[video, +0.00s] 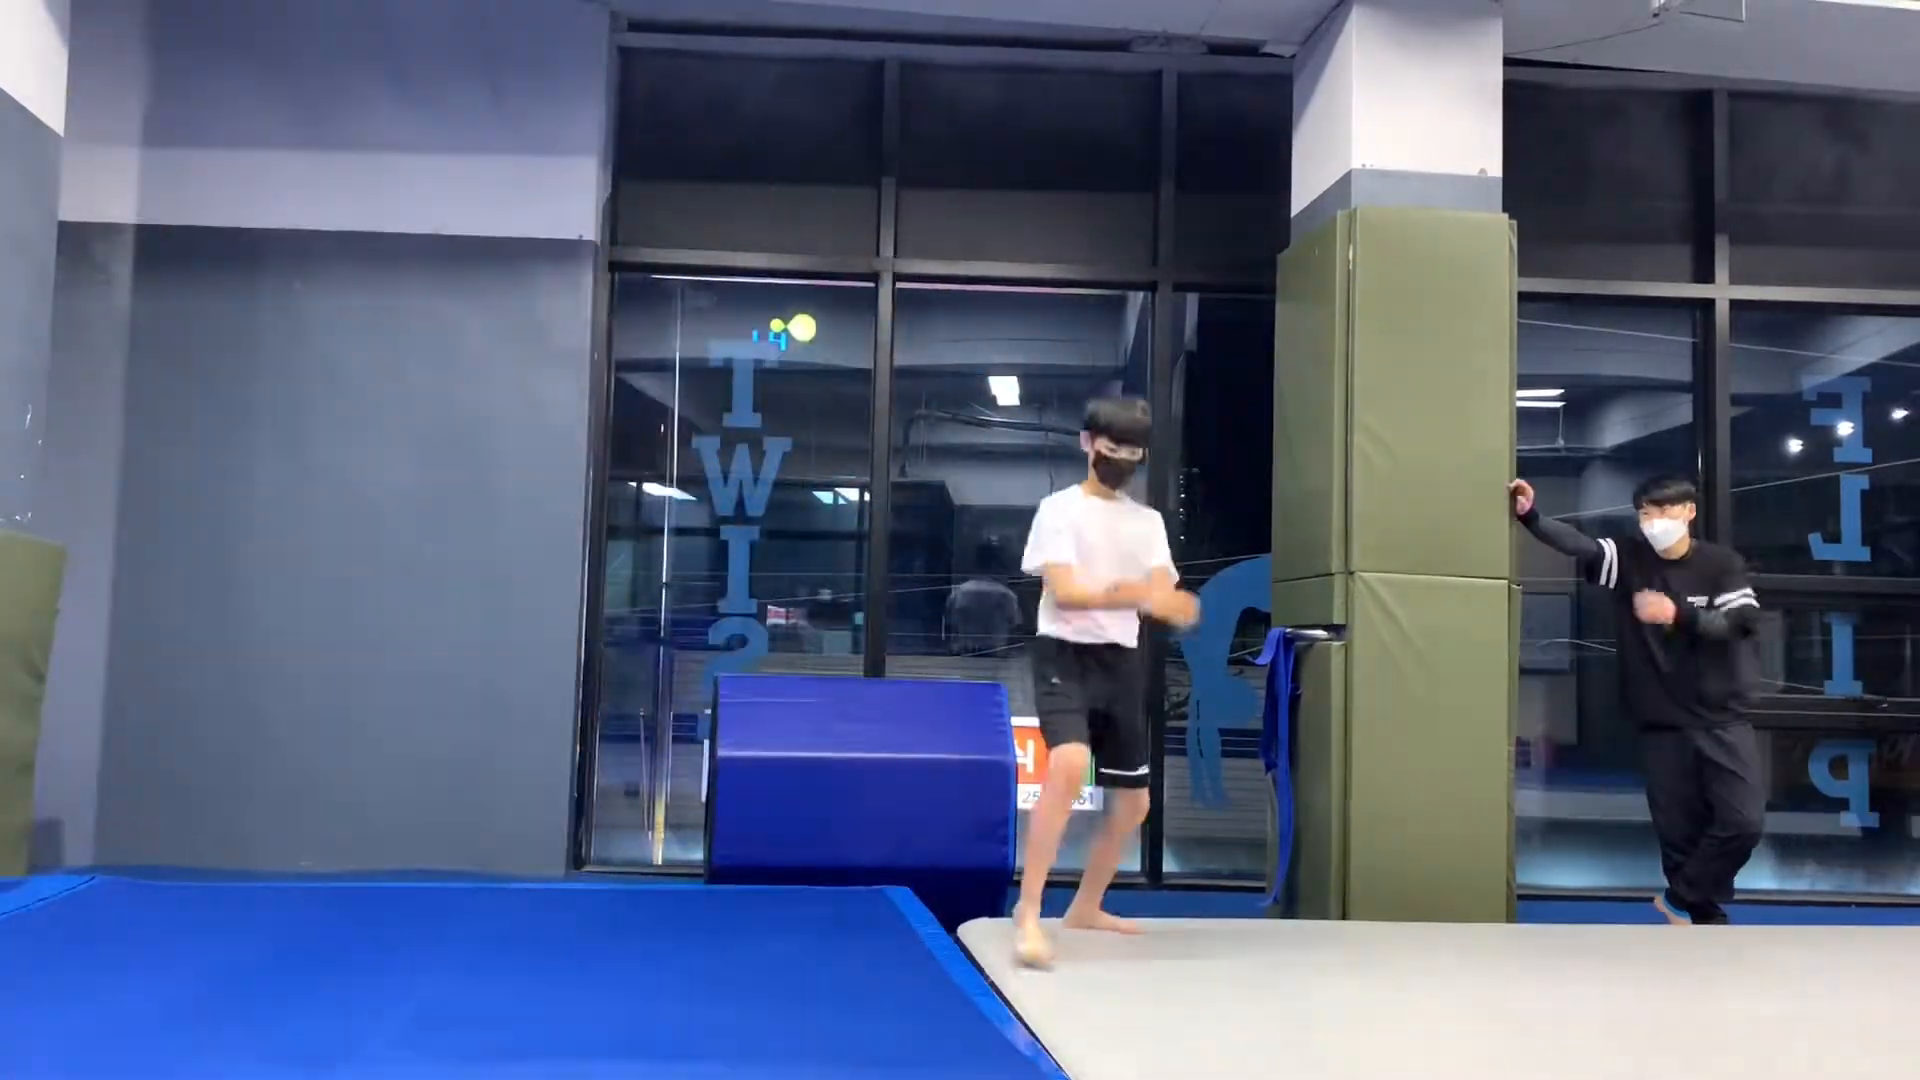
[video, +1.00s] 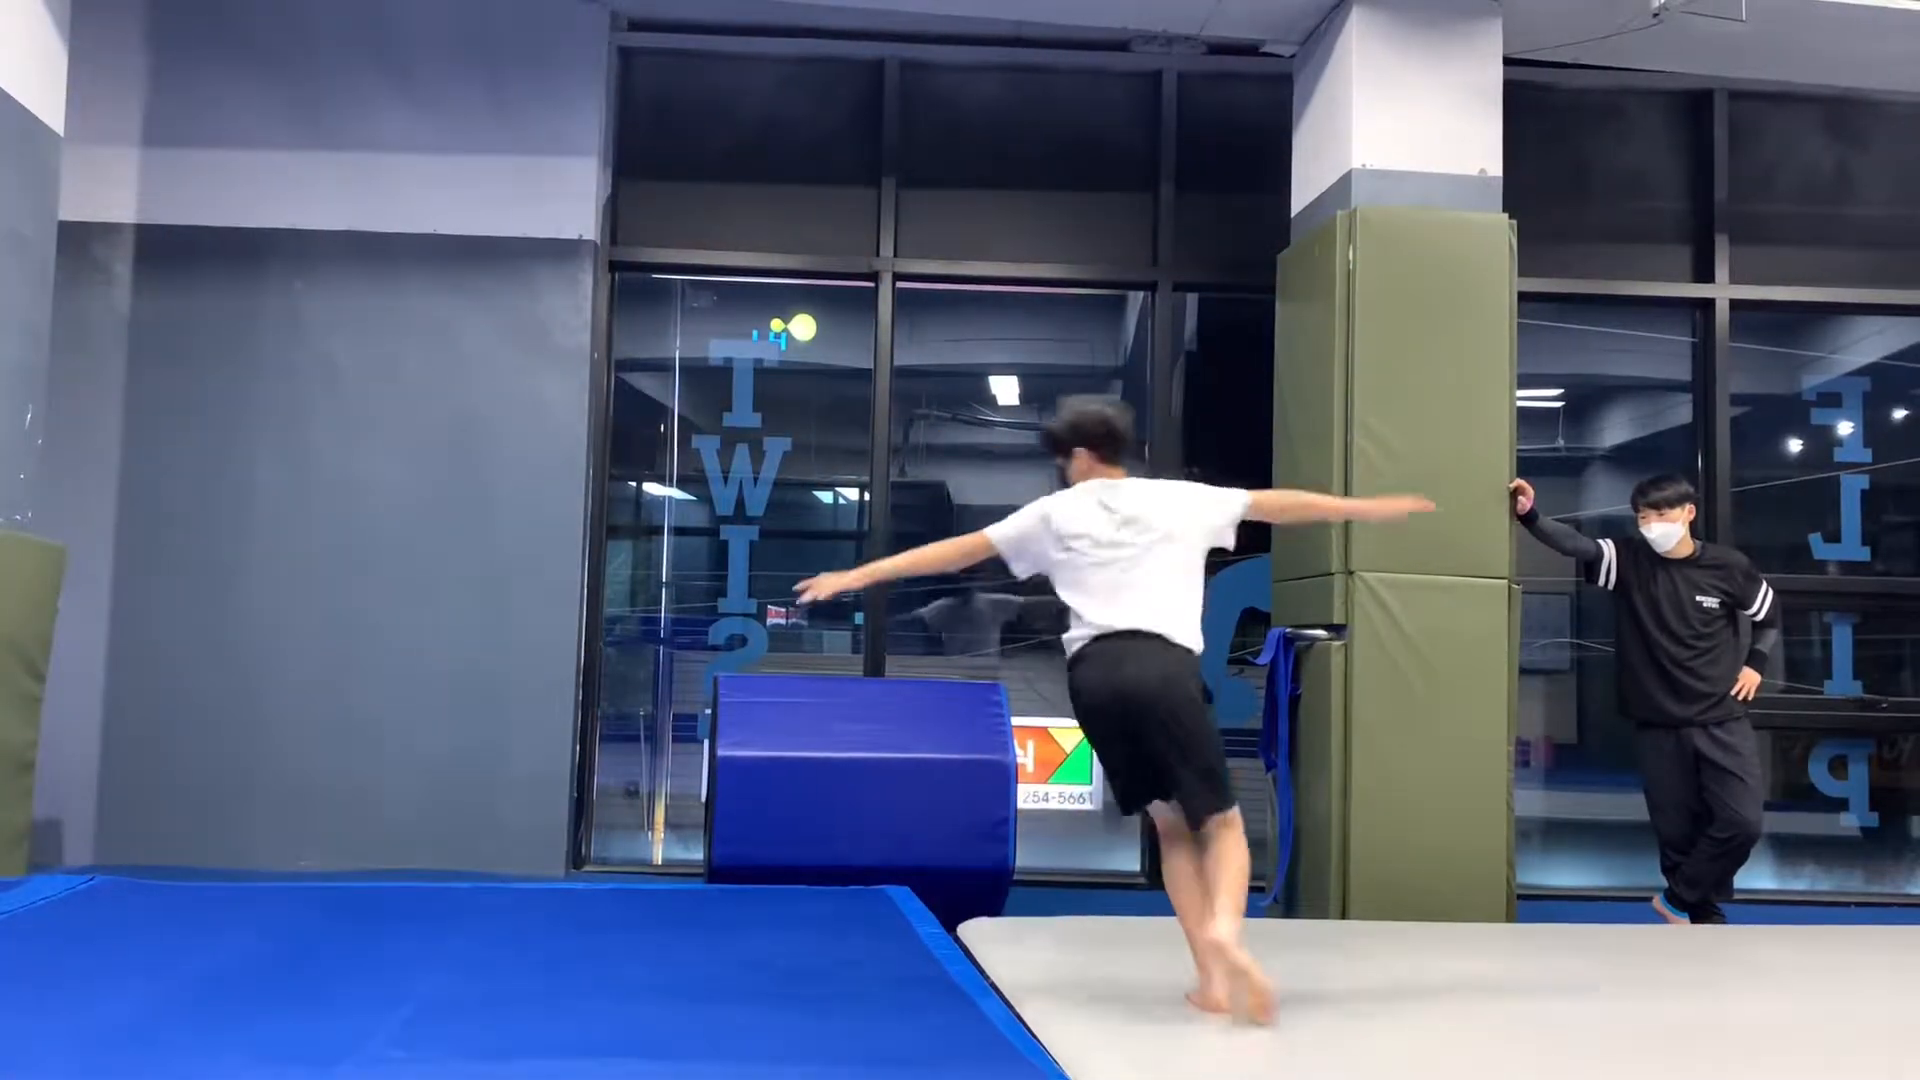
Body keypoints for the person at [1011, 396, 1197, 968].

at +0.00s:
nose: (1123, 456)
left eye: (1133, 447)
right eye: (1113, 443)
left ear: (1144, 452)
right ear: (1088, 442)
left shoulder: (1149, 521)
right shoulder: (1059, 509)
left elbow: (1173, 601)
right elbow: (1064, 590)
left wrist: (1165, 602)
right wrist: (1137, 594)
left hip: (1122, 659)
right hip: (1061, 653)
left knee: (1132, 800)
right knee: (1071, 765)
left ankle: (1085, 908)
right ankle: (1028, 915)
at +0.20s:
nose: (1144, 494)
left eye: (1155, 484)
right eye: (1135, 480)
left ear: (1167, 484)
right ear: (1108, 470)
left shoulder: (1157, 547)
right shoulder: (1068, 533)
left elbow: (1156, 627)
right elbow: (1092, 617)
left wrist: (1145, 581)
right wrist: (1172, 587)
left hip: (1109, 688)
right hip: (1049, 681)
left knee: (1129, 820)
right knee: (1074, 788)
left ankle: (1086, 911)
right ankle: (1041, 949)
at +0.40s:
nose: (1175, 480)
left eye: (1186, 469)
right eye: (1164, 465)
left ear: (1195, 472)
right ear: (1132, 459)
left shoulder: (1168, 544)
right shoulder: (1087, 527)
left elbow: (1167, 646)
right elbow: (1042, 622)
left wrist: (1190, 723)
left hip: (1093, 678)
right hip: (1041, 673)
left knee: (1096, 807)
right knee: (1095, 810)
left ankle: (1032, 890)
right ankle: (1047, 965)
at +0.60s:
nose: (1226, 400)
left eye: (1228, 389)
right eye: (1222, 387)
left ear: (1185, 386)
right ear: (1191, 383)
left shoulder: (1154, 445)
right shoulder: (1154, 437)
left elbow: (1066, 494)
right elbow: (1055, 478)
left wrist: (1091, 559)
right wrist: (993, 546)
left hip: (1101, 601)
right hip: (1083, 595)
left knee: (1145, 757)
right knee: (1101, 756)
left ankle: (1127, 909)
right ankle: (990, 887)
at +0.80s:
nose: (1201, 431)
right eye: (1200, 424)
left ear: (1133, 429)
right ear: (1198, 426)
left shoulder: (1103, 473)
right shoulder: (1189, 466)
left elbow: (1011, 468)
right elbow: (1178, 501)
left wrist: (932, 442)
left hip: (1106, 635)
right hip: (1155, 635)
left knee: (1176, 815)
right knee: (1117, 783)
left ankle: (1210, 977)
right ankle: (1006, 854)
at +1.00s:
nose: (1063, 471)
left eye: (1063, 460)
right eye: (1065, 461)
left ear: (1080, 457)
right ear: (1124, 453)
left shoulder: (1057, 511)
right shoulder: (1184, 498)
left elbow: (961, 552)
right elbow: (1276, 506)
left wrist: (856, 576)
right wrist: (1361, 508)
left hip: (1095, 669)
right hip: (1166, 663)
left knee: (1169, 825)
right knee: (1221, 818)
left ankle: (1211, 972)